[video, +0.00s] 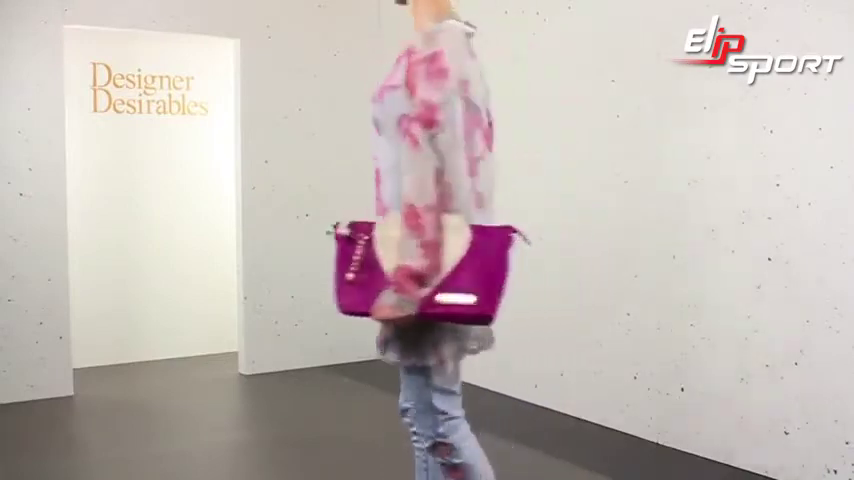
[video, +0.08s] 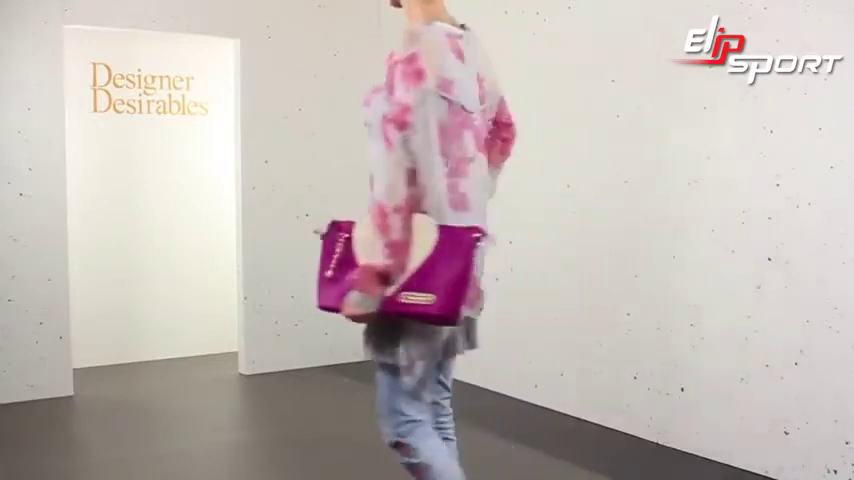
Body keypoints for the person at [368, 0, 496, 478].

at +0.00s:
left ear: (408, 0)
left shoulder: (431, 59)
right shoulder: (452, 52)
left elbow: (425, 183)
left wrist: (405, 288)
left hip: (433, 281)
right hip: (438, 276)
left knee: (442, 422)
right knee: (420, 415)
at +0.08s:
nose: (390, 1)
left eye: (391, 1)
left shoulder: (410, 60)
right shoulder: (467, 45)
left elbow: (393, 182)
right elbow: (502, 130)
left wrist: (367, 283)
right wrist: (466, 203)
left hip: (420, 266)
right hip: (460, 262)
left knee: (404, 419)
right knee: (436, 408)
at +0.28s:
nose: (370, 9)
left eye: (368, 4)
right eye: (366, 4)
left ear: (380, 0)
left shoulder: (379, 49)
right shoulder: (468, 54)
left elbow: (359, 168)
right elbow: (501, 162)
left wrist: (326, 267)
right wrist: (463, 235)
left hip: (389, 253)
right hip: (456, 258)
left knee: (351, 394)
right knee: (435, 408)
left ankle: (376, 474)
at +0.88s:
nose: (318, 12)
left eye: (320, 4)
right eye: (319, 4)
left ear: (330, 11)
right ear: (372, 10)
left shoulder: (310, 73)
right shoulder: (408, 75)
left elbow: (289, 172)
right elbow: (420, 176)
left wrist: (260, 248)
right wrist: (424, 259)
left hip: (326, 242)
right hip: (389, 242)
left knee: (329, 375)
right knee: (368, 369)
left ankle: (341, 475)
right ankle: (386, 474)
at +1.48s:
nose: (265, 40)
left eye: (268, 33)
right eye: (266, 32)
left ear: (279, 35)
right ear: (312, 33)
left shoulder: (260, 94)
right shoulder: (341, 97)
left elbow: (242, 173)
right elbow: (348, 179)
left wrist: (220, 238)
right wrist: (346, 243)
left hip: (271, 235)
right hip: (328, 238)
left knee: (272, 334)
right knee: (319, 343)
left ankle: (278, 447)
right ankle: (309, 455)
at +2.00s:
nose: (223, 58)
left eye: (225, 52)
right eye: (225, 51)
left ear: (231, 55)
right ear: (263, 53)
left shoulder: (216, 106)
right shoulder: (288, 108)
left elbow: (204, 175)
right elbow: (297, 180)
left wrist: (190, 230)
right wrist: (303, 238)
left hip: (233, 228)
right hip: (280, 228)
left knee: (244, 323)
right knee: (263, 313)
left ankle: (263, 422)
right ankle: (260, 406)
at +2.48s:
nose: (185, 77)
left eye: (186, 71)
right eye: (187, 70)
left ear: (192, 74)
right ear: (220, 72)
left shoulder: (179, 121)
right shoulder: (242, 121)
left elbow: (168, 179)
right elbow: (251, 183)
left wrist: (154, 227)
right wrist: (253, 234)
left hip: (192, 229)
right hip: (235, 230)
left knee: (193, 304)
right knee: (229, 310)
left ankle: (193, 387)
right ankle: (220, 397)